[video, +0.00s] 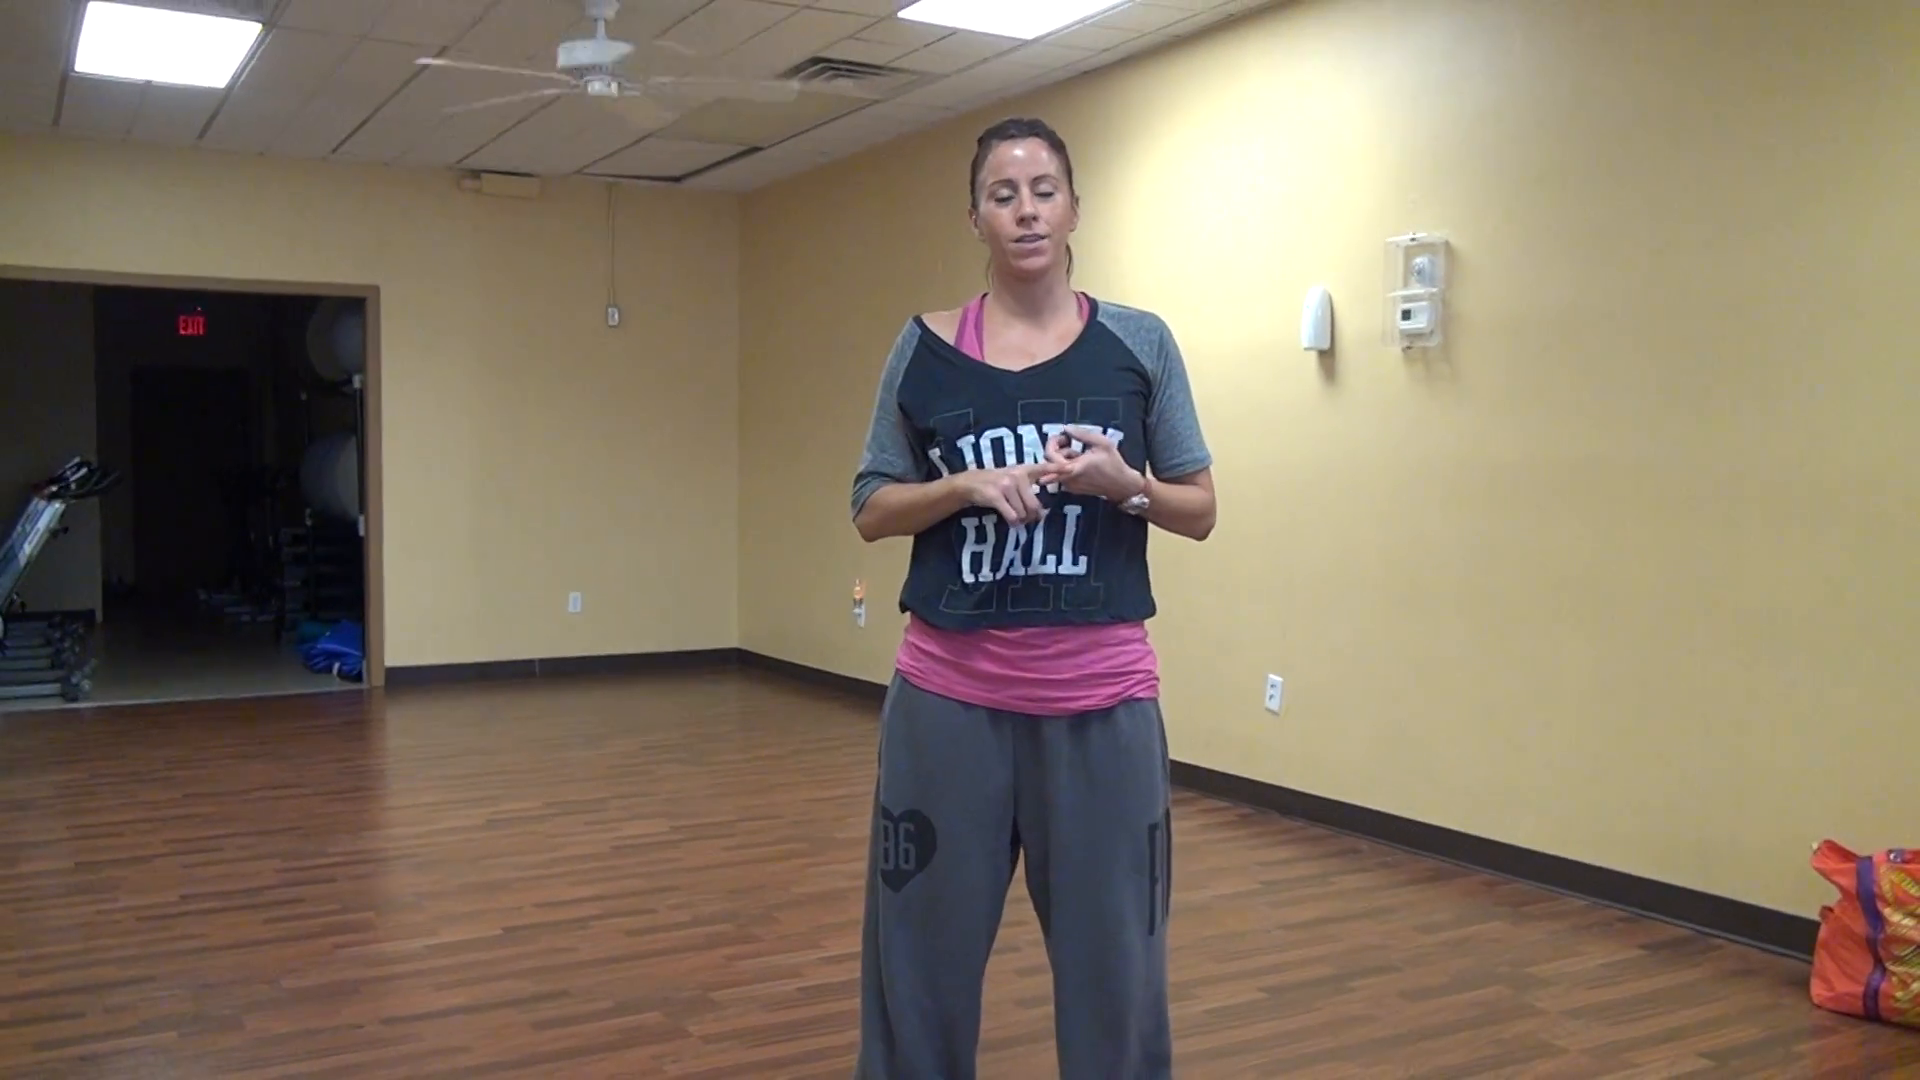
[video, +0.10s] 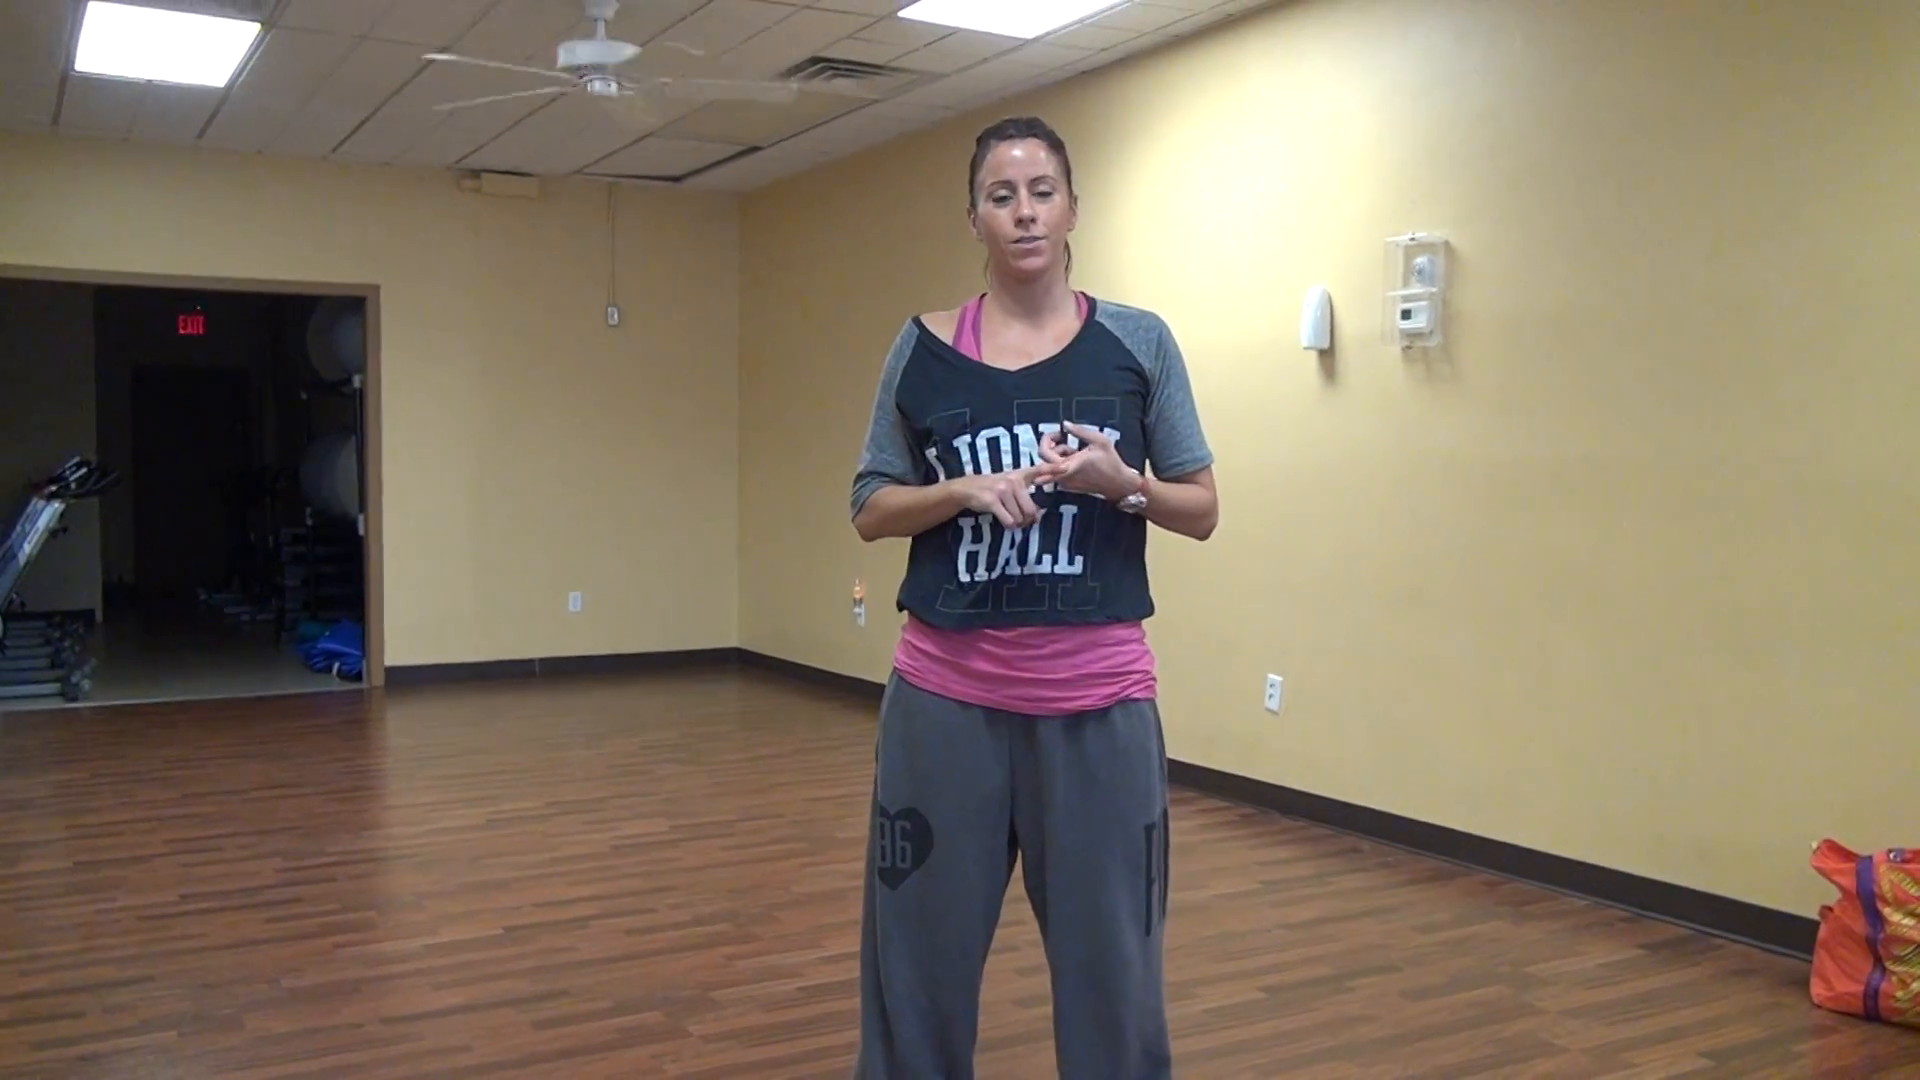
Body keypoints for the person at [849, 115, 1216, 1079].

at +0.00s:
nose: (1026, 211)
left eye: (1044, 190)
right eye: (1004, 194)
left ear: (1072, 207)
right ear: (976, 218)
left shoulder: (1141, 340)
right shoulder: (928, 344)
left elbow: (1200, 511)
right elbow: (872, 511)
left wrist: (1128, 484)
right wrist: (966, 489)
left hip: (1102, 700)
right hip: (947, 697)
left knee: (1117, 973)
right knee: (917, 966)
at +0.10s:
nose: (1025, 212)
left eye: (1043, 191)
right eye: (1002, 195)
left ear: (1071, 208)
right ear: (974, 217)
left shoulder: (1139, 339)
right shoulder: (926, 344)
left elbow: (1202, 511)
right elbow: (871, 510)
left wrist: (1124, 482)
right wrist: (964, 492)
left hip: (1099, 700)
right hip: (944, 696)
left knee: (1114, 972)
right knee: (915, 967)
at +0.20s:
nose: (1024, 211)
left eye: (1042, 190)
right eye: (1001, 195)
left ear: (1070, 207)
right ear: (974, 217)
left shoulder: (1138, 339)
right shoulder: (926, 344)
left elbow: (1201, 510)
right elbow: (871, 510)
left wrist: (1120, 481)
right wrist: (960, 493)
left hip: (1095, 700)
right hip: (941, 696)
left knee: (1111, 975)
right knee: (912, 969)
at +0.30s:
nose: (1023, 210)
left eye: (1041, 190)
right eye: (1000, 194)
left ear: (1071, 206)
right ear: (973, 216)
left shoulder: (1138, 338)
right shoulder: (925, 343)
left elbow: (1200, 510)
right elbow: (871, 509)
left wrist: (1118, 480)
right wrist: (956, 491)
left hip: (1093, 699)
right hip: (939, 694)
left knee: (1110, 974)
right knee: (912, 969)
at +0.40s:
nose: (1025, 211)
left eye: (1043, 189)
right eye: (1002, 194)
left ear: (1073, 205)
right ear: (976, 215)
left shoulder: (1139, 338)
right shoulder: (928, 341)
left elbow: (1202, 511)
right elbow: (872, 507)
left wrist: (1118, 479)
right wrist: (958, 490)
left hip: (1094, 696)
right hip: (940, 692)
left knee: (1112, 973)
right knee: (913, 969)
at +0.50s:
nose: (1040, 210)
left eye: (1059, 189)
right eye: (1018, 193)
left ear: (1088, 204)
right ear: (991, 213)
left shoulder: (1155, 338)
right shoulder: (943, 340)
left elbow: (1217, 511)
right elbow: (887, 506)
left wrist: (1134, 479)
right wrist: (975, 489)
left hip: (1108, 695)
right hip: (955, 691)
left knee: (1127, 971)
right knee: (930, 966)